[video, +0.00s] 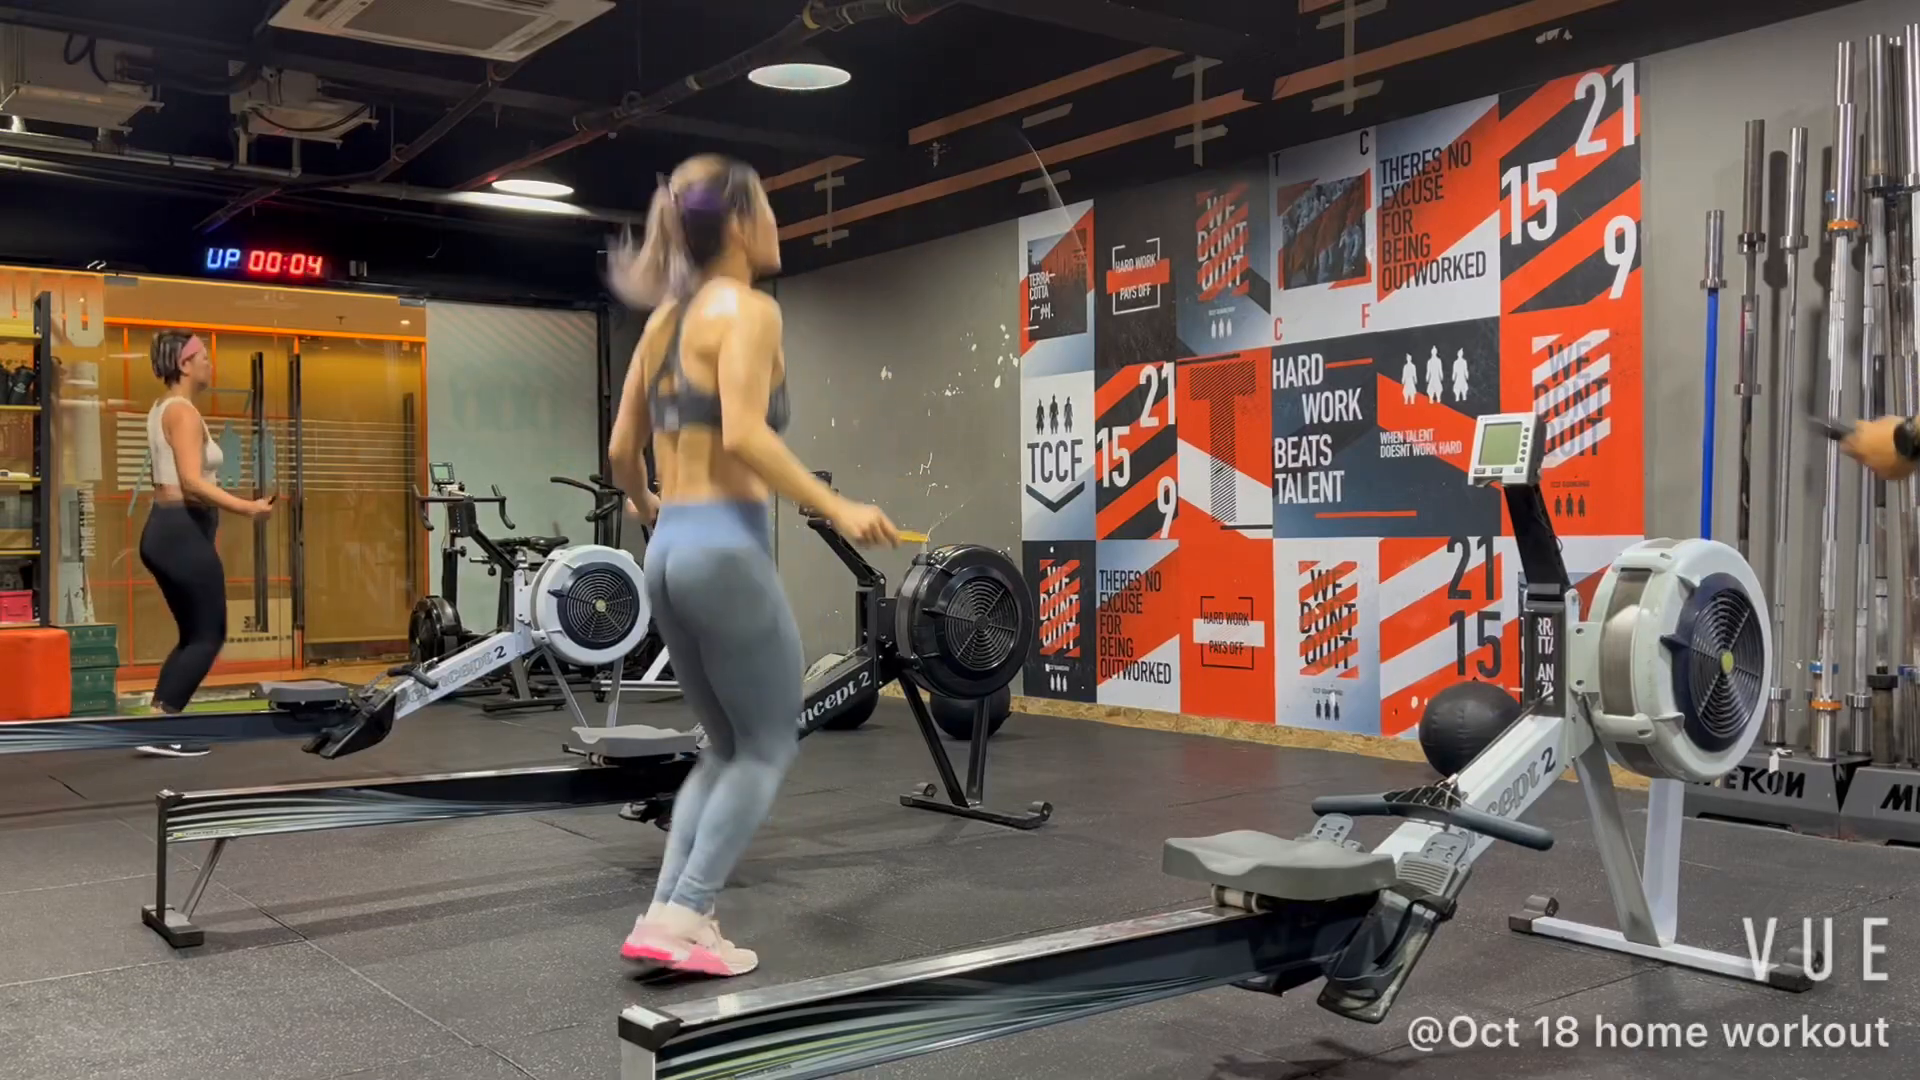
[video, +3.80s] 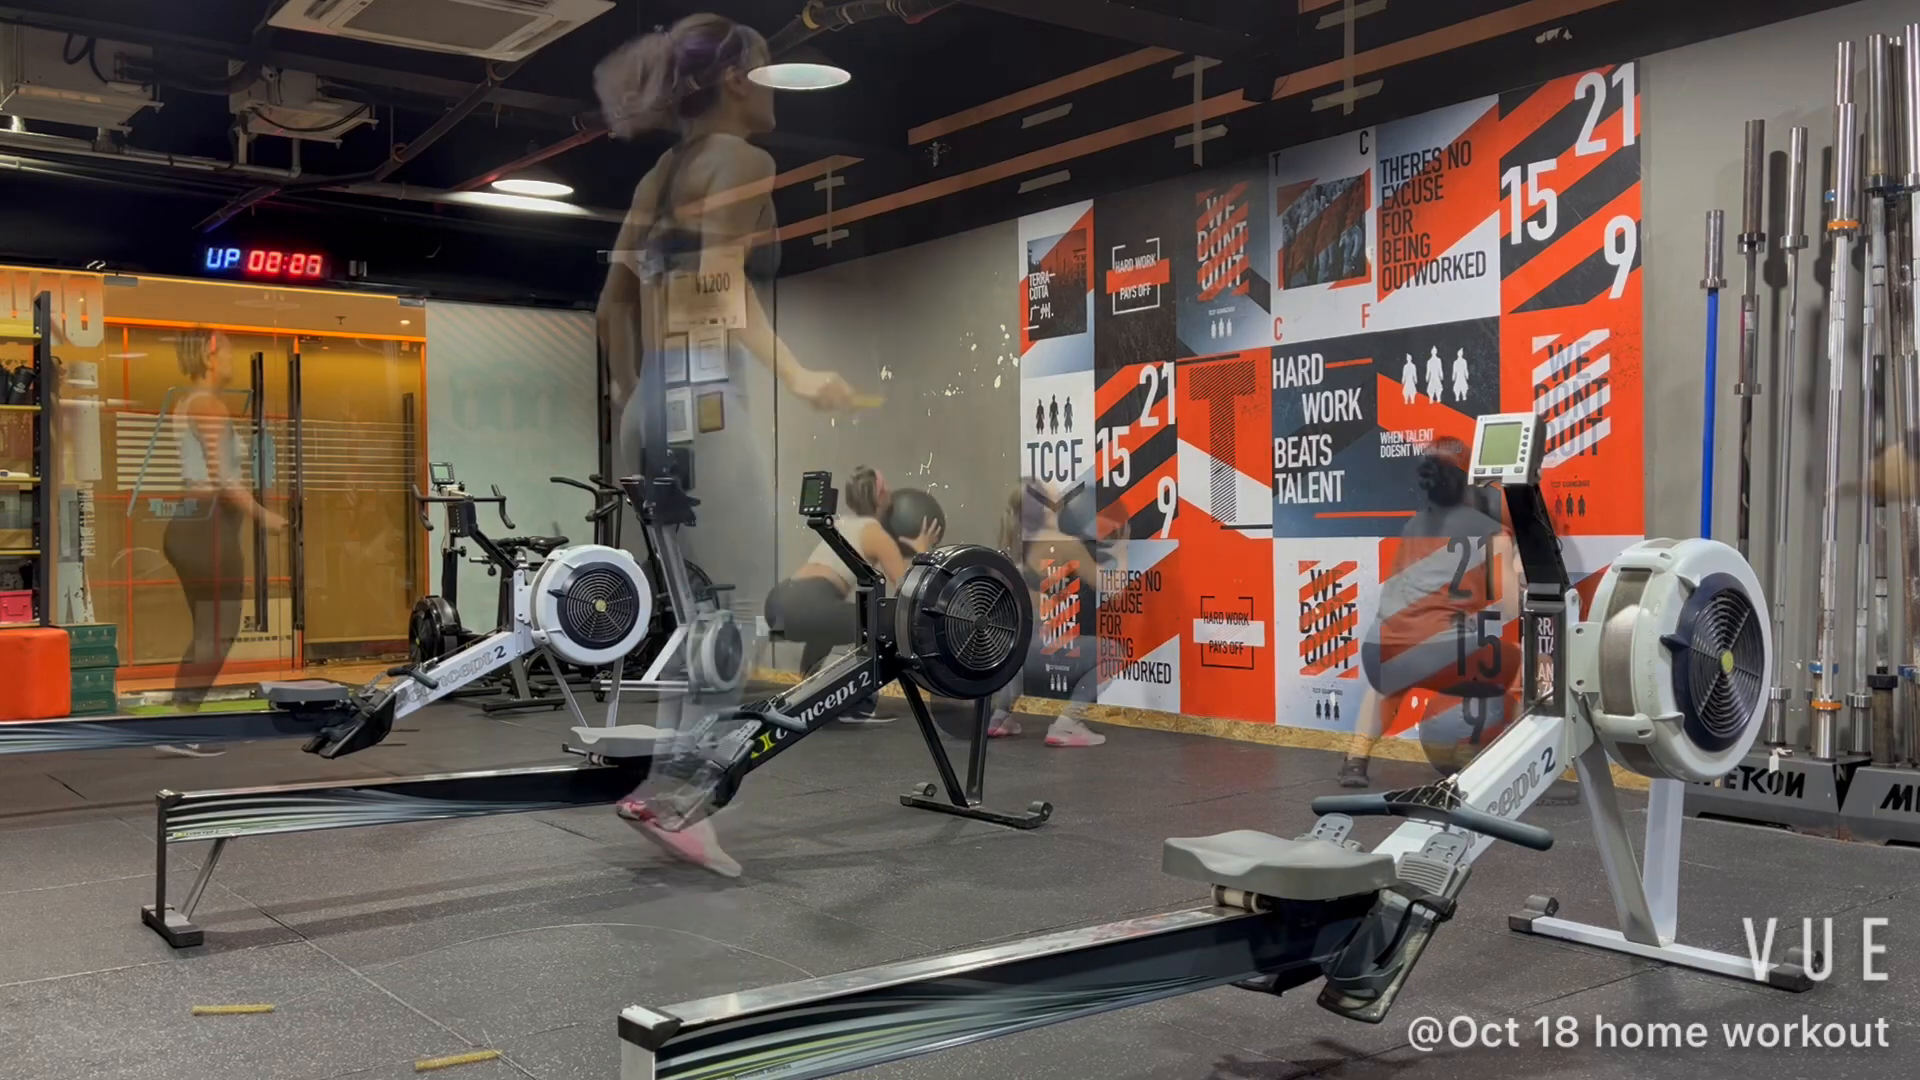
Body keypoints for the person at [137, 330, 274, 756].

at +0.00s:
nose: (210, 365)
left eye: (207, 357)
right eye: (204, 358)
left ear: (180, 366)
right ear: (185, 364)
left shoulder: (164, 410)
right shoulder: (183, 412)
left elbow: (178, 484)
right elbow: (193, 482)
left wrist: (205, 534)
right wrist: (249, 507)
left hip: (165, 529)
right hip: (182, 531)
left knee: (195, 634)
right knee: (209, 634)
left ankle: (156, 716)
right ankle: (163, 718)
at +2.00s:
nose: (236, 348)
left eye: (232, 340)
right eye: (229, 342)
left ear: (204, 350)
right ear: (210, 349)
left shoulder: (189, 395)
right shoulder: (212, 395)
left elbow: (196, 469)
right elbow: (221, 464)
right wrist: (259, 505)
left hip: (197, 512)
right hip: (216, 513)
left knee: (215, 617)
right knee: (232, 617)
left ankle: (196, 708)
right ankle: (200, 710)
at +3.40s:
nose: (232, 361)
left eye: (228, 353)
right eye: (226, 355)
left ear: (200, 362)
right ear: (207, 361)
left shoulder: (185, 406)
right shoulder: (208, 409)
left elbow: (208, 477)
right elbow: (217, 479)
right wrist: (266, 505)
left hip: (191, 526)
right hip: (208, 528)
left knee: (213, 632)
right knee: (225, 633)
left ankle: (180, 716)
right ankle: (183, 718)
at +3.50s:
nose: (229, 339)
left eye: (224, 331)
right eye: (223, 332)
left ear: (197, 343)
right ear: (207, 340)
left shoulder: (184, 388)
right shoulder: (208, 388)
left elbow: (199, 455)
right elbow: (217, 455)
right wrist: (246, 496)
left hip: (192, 504)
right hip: (210, 504)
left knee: (206, 610)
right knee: (216, 610)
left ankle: (189, 706)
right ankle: (192, 708)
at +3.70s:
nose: (230, 351)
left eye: (226, 342)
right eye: (225, 342)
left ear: (200, 348)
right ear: (209, 347)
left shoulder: (187, 397)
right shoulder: (208, 396)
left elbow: (200, 469)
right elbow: (213, 469)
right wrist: (261, 493)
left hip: (189, 521)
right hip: (210, 522)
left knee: (209, 625)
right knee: (221, 626)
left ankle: (181, 720)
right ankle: (184, 723)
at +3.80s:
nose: (232, 359)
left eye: (229, 350)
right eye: (226, 350)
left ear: (202, 354)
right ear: (210, 354)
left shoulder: (188, 403)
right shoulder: (210, 405)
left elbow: (200, 478)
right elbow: (219, 476)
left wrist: (243, 505)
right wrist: (262, 513)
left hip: (190, 527)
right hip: (210, 528)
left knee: (208, 632)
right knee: (220, 633)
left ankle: (179, 719)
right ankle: (182, 721)